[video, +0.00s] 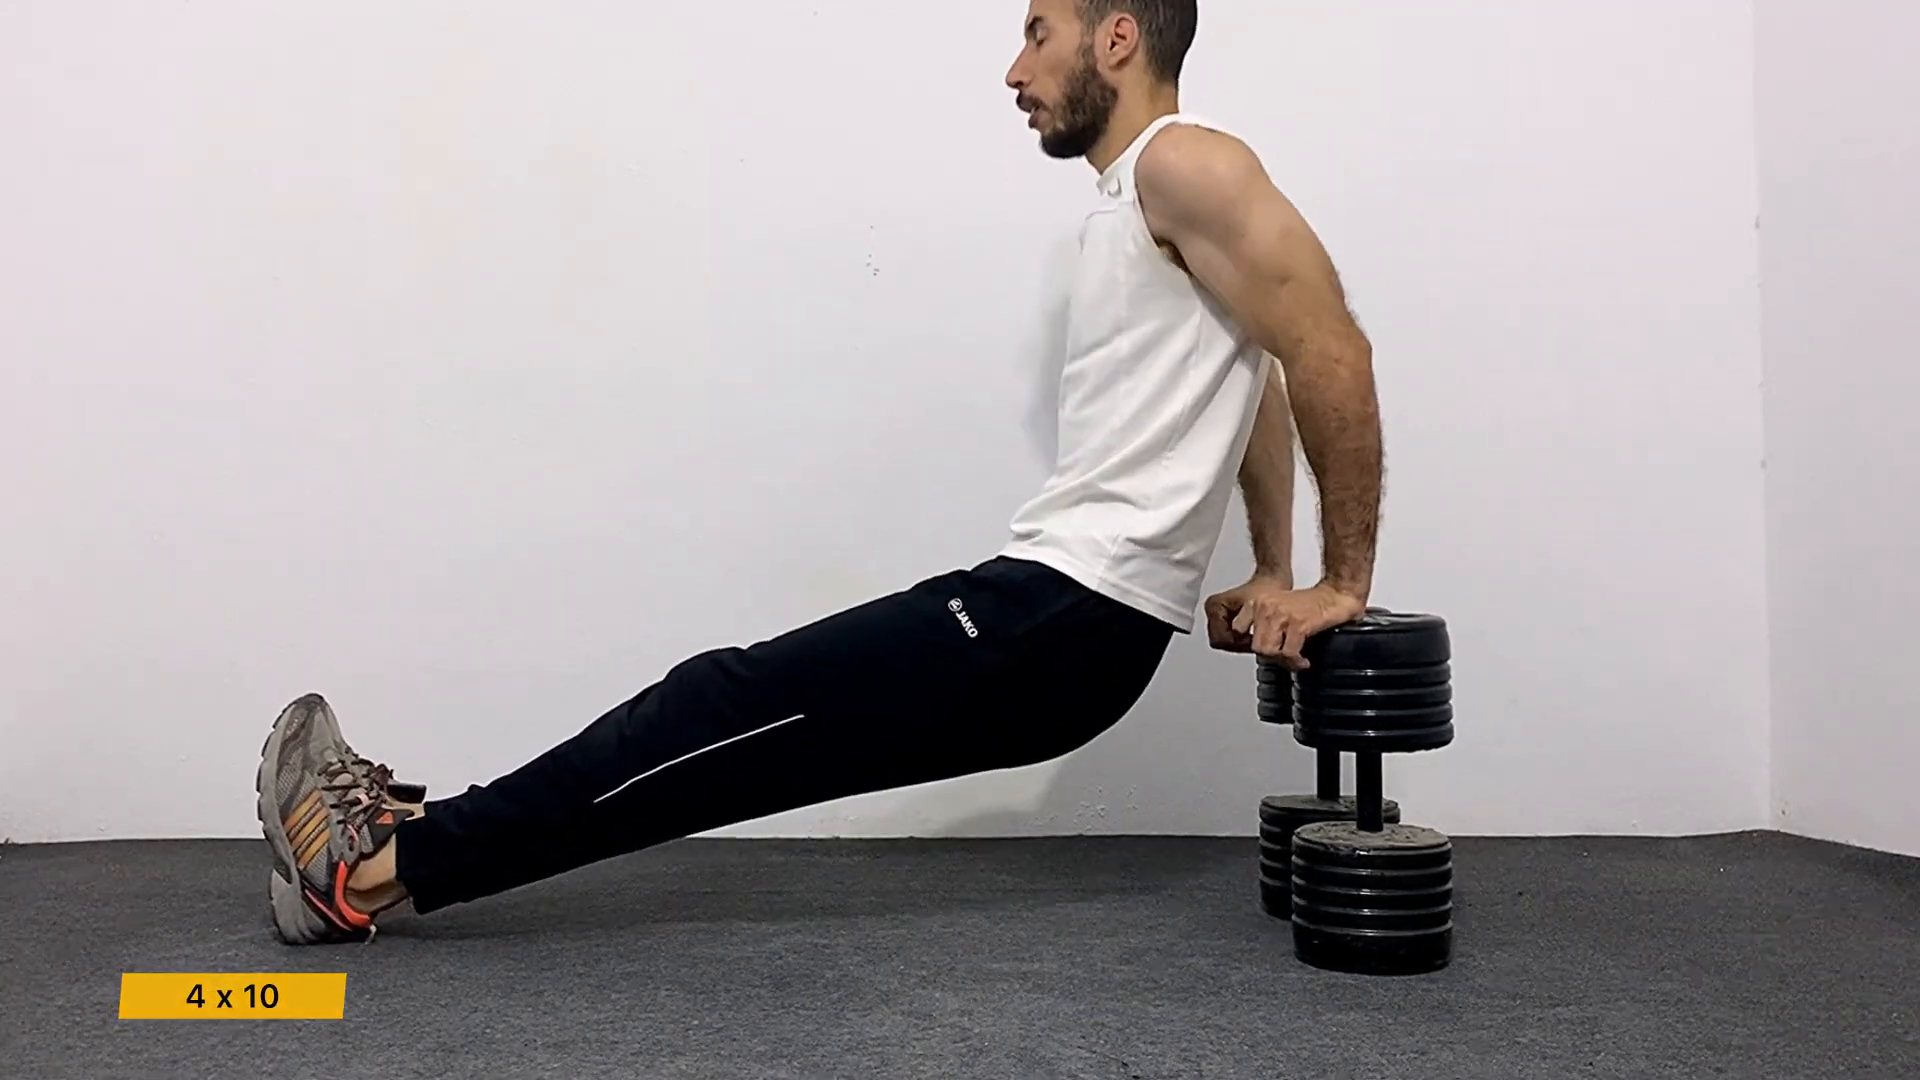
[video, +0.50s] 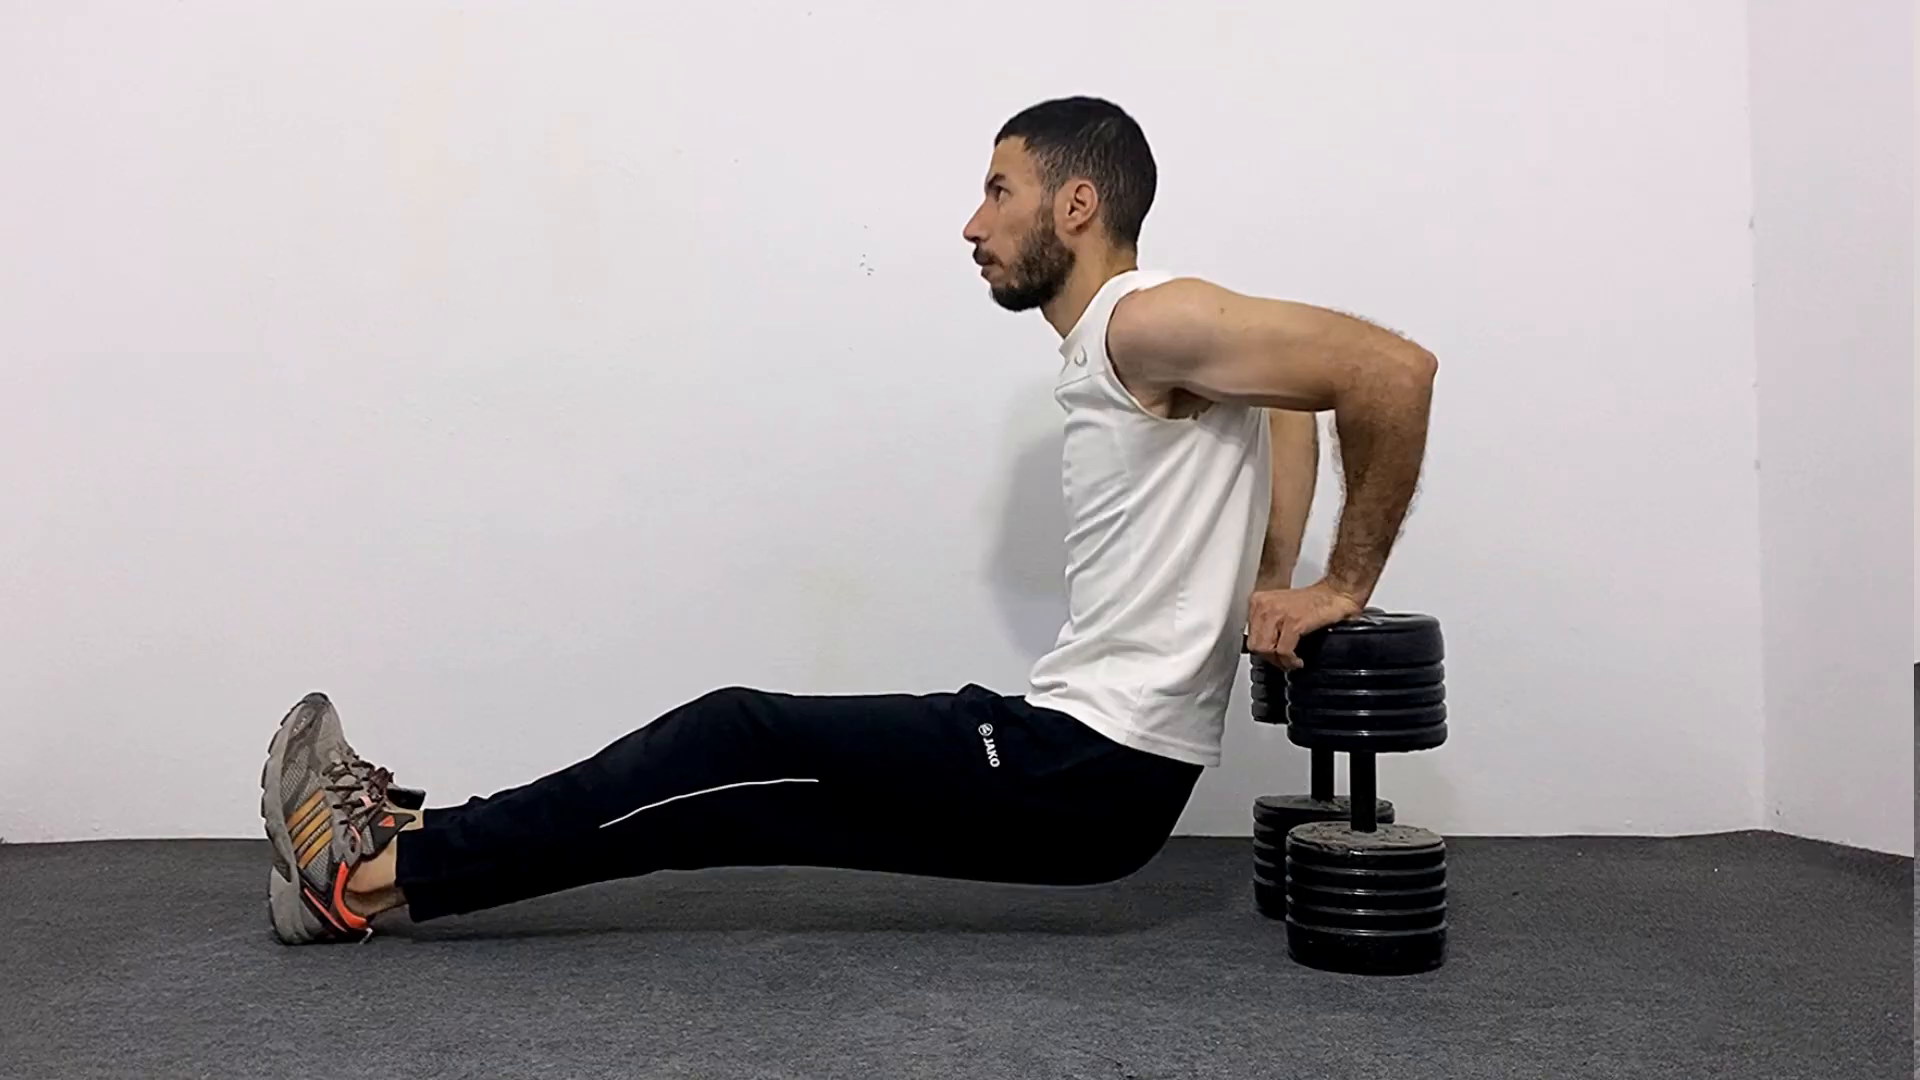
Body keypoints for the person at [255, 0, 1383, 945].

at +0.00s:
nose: (1015, 66)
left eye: (1036, 36)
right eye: (1021, 39)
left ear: (1120, 40)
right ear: (1109, 46)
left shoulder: (1188, 164)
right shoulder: (1151, 189)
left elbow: (1334, 350)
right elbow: (1262, 389)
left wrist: (1351, 583)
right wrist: (1267, 578)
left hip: (1074, 617)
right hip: (1051, 599)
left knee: (722, 719)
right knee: (715, 707)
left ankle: (388, 874)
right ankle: (414, 843)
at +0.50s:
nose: (973, 227)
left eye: (996, 195)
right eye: (980, 199)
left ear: (1083, 202)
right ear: (1086, 206)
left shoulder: (1144, 323)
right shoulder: (1128, 322)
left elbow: (1395, 374)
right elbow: (1301, 378)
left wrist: (1347, 588)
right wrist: (1275, 566)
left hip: (1094, 758)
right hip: (1079, 744)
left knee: (733, 735)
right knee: (728, 783)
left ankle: (384, 868)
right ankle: (407, 855)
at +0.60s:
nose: (919, 245)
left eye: (943, 213)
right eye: (927, 216)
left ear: (1029, 224)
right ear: (1030, 226)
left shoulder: (1090, 342)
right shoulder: (1073, 347)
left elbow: (1345, 377)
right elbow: (1241, 391)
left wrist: (1299, 587)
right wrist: (1225, 575)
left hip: (1046, 778)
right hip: (1028, 763)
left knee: (686, 738)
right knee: (681, 788)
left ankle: (337, 872)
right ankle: (364, 852)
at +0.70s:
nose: (777, 261)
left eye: (798, 229)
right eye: (784, 232)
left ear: (882, 238)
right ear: (888, 240)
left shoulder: (947, 354)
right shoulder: (936, 359)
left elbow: (1204, 378)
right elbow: (1103, 395)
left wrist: (1161, 591)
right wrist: (1089, 573)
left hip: (906, 792)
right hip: (900, 786)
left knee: (547, 742)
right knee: (536, 800)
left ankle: (194, 876)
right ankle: (228, 850)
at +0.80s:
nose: (498, 268)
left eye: (522, 234)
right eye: (508, 236)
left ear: (606, 249)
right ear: (606, 251)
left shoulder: (672, 367)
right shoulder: (648, 372)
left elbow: (930, 378)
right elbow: (830, 390)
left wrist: (891, 587)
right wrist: (821, 575)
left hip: (640, 804)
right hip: (616, 781)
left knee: (269, 754)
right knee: (262, 772)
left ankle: (11, 855)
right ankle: (18, 860)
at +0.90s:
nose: (44, 266)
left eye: (69, 232)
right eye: (56, 233)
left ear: (147, 244)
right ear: (148, 247)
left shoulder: (223, 362)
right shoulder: (196, 367)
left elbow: (476, 374)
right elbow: (373, 395)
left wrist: (437, 586)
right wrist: (361, 574)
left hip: (196, 798)